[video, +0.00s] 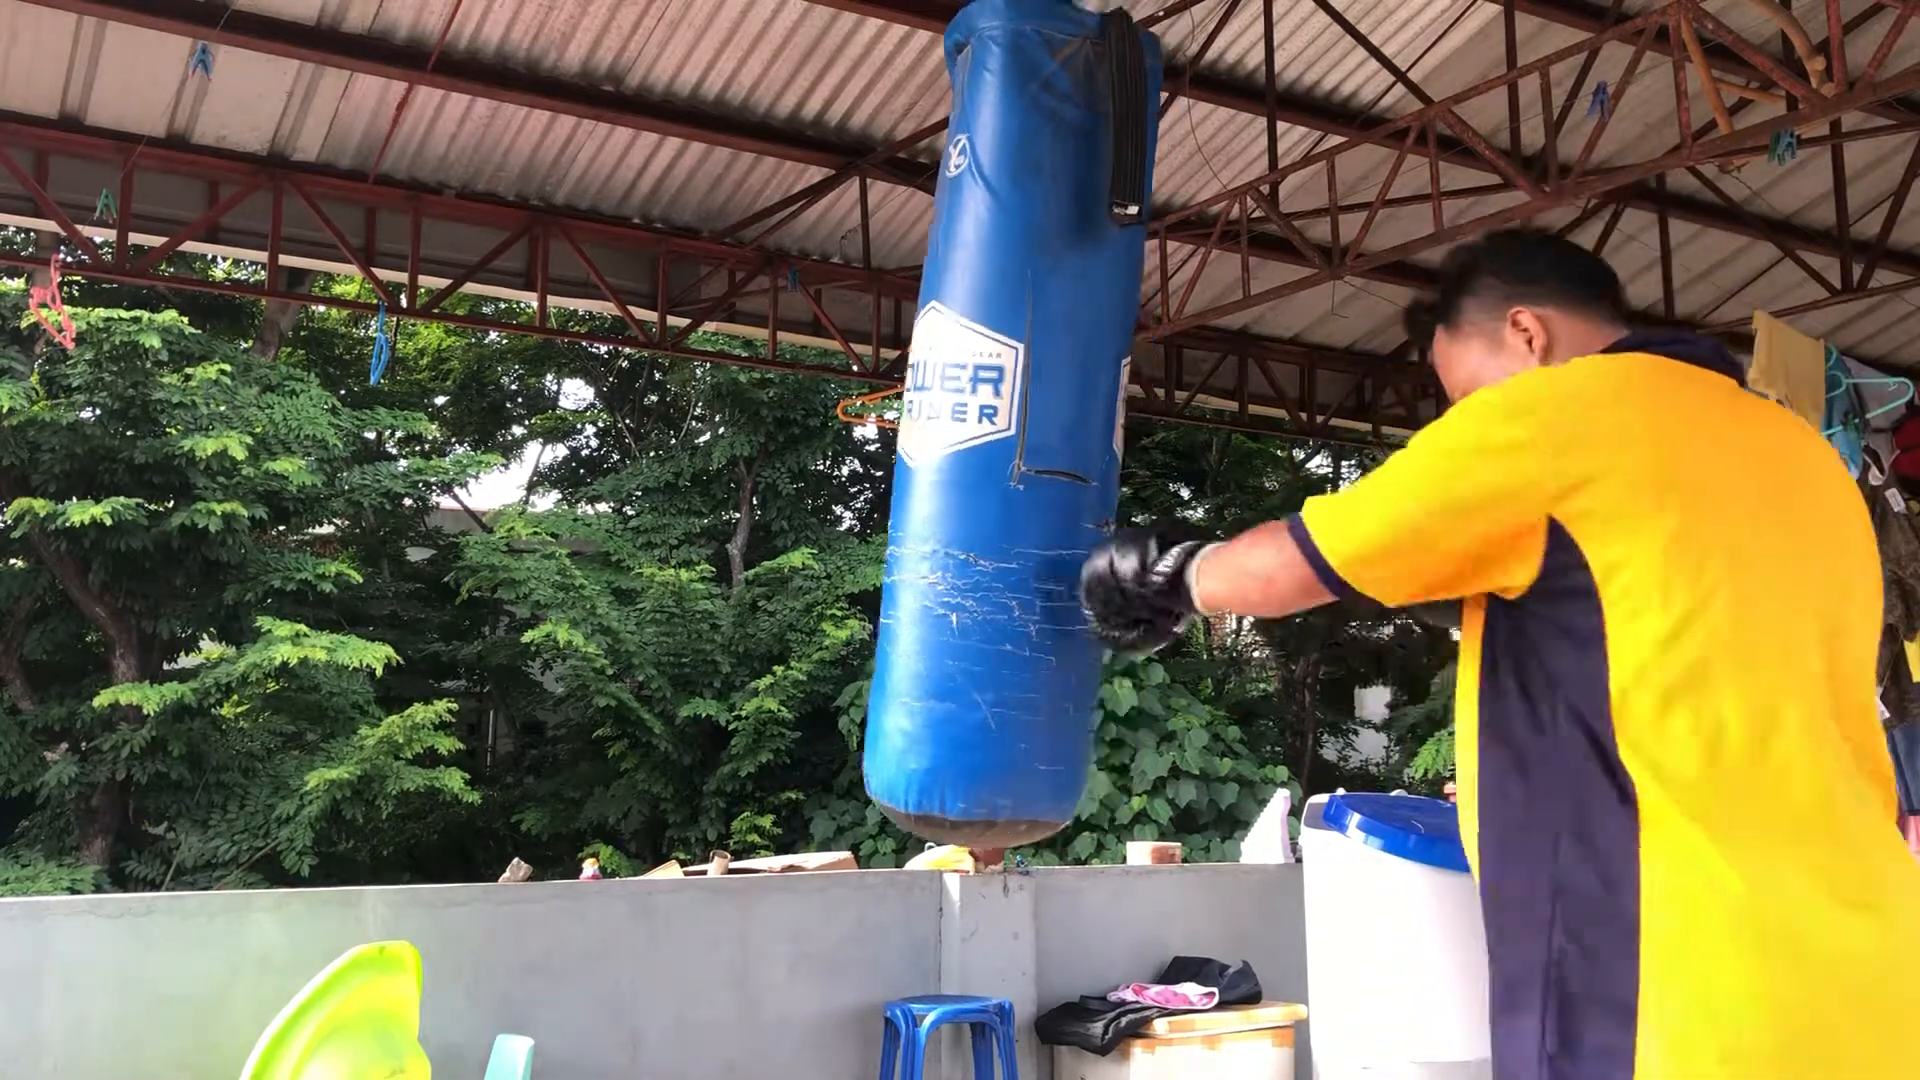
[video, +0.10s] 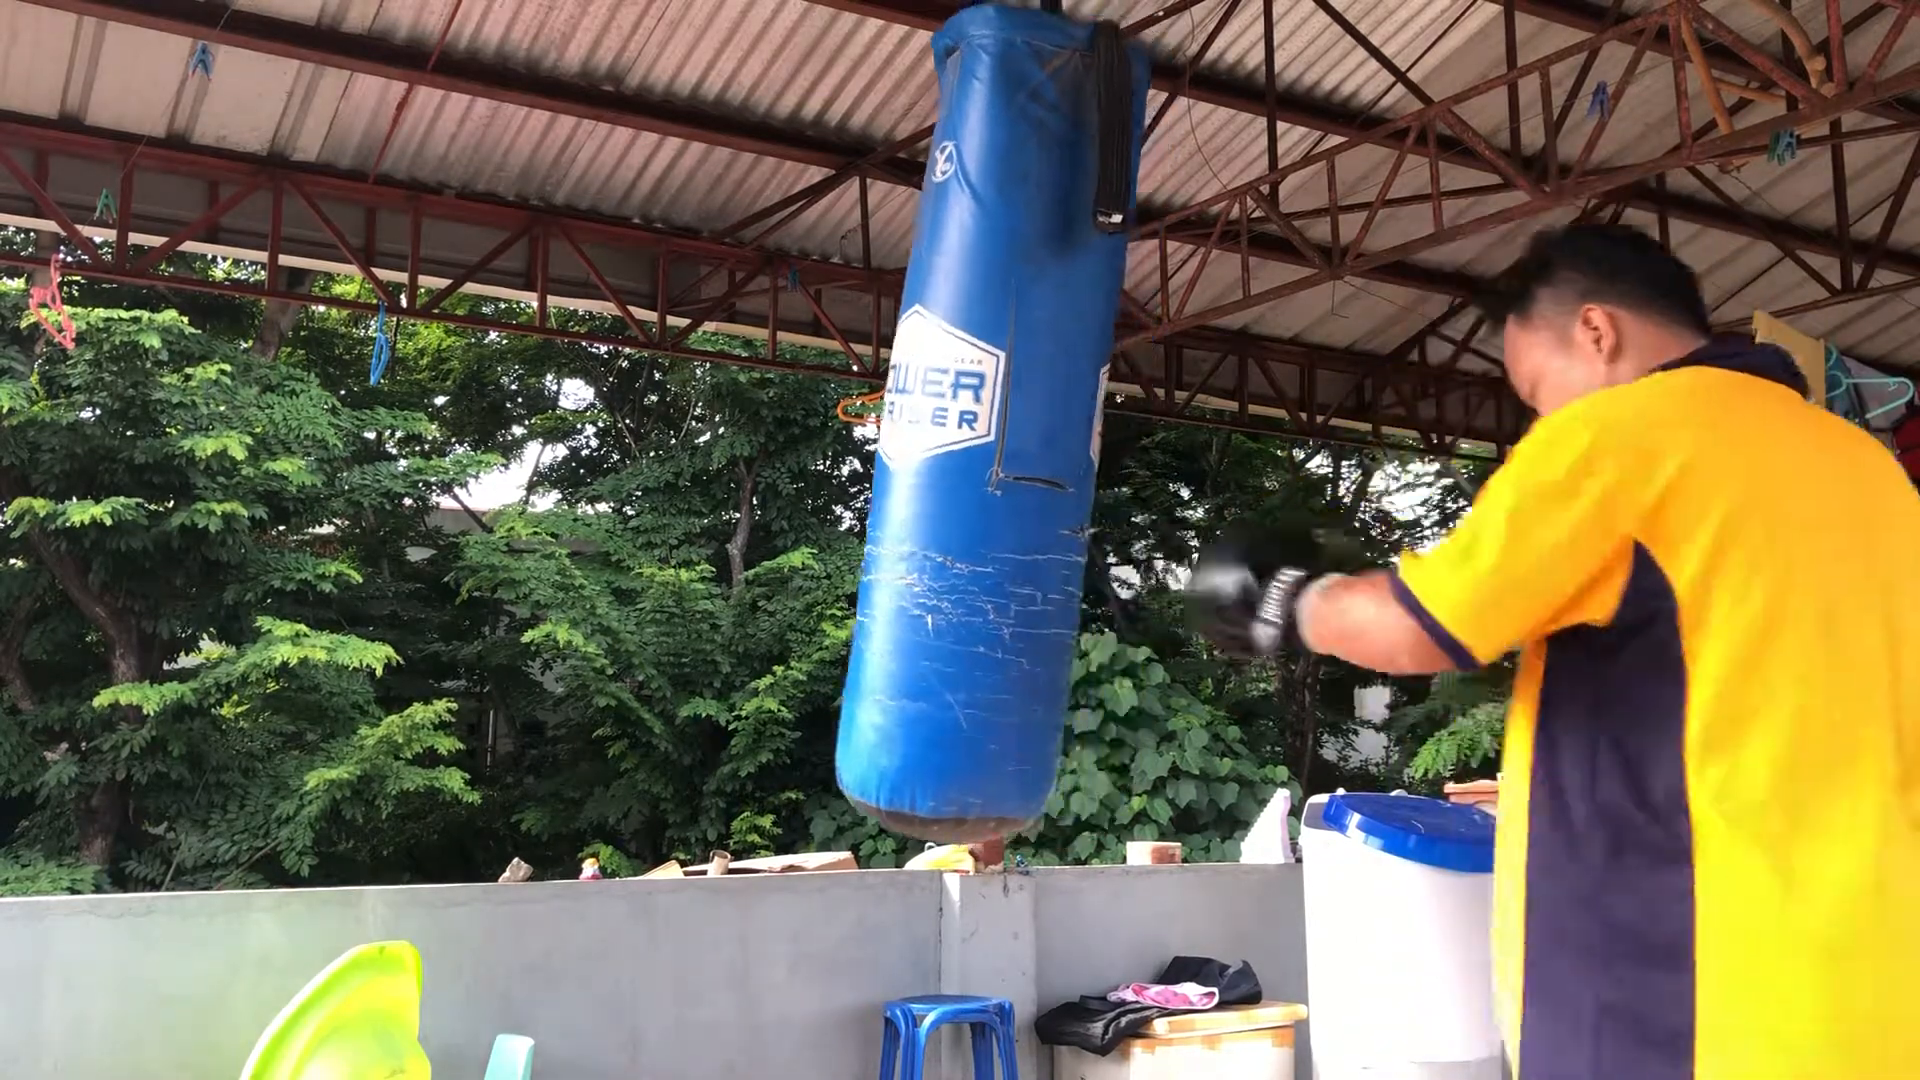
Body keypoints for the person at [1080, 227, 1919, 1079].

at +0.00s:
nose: (1469, 425)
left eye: (1467, 394)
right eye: (1460, 403)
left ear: (1525, 334)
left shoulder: (1558, 413)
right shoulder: (1815, 453)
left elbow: (1294, 566)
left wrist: (1157, 580)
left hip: (1674, 1019)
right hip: (1878, 1015)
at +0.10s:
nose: (1543, 419)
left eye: (1535, 393)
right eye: (1529, 403)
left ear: (1598, 335)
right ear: (1698, 333)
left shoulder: (1623, 433)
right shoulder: (1868, 461)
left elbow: (1421, 626)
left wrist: (1280, 601)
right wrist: (1555, 785)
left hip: (1684, 1031)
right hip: (1881, 1018)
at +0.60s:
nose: (1796, 407)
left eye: (1795, 367)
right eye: (1783, 382)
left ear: (1879, 316)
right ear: (1883, 319)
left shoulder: (1900, 416)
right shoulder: (1893, 425)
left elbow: (1785, 644)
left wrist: (1663, 511)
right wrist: (1810, 474)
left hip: (1875, 1013)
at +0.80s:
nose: (1762, 420)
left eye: (1764, 390)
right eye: (1755, 397)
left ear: (1835, 335)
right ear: (1848, 335)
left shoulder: (1816, 438)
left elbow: (1770, 625)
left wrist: (1580, 707)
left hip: (1846, 1025)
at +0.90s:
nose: (1686, 410)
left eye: (1688, 382)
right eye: (1681, 389)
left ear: (1752, 337)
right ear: (1858, 341)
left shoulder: (1718, 443)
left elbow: (1523, 602)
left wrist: (1360, 636)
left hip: (1820, 1016)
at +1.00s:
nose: (1589, 412)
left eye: (1587, 388)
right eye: (1580, 393)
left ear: (1650, 347)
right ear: (1766, 346)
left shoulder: (1600, 462)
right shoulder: (1901, 451)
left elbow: (1361, 601)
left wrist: (1215, 615)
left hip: (1766, 1021)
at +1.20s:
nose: (1537, 417)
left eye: (1528, 395)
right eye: (1522, 401)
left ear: (1581, 344)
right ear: (1688, 323)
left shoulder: (1589, 442)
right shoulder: (1861, 445)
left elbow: (1408, 644)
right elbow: (1801, 735)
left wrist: (1285, 541)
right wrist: (1561, 796)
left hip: (1701, 1017)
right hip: (1892, 1011)